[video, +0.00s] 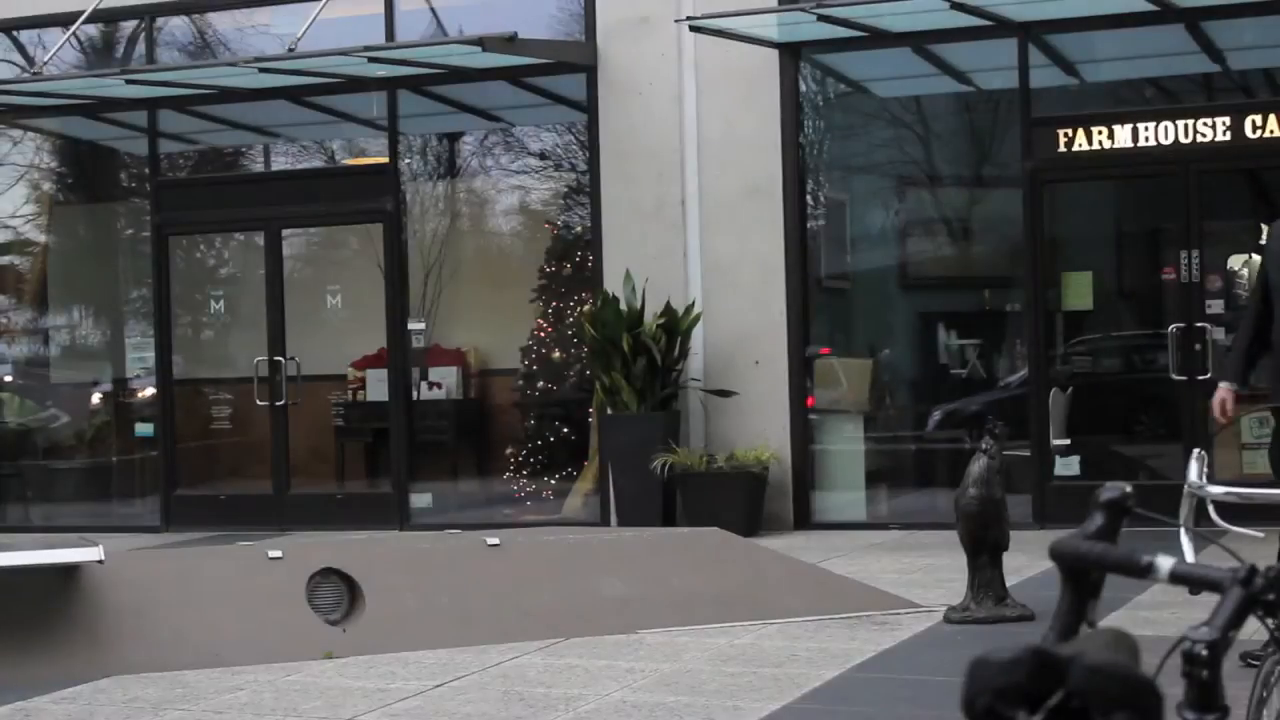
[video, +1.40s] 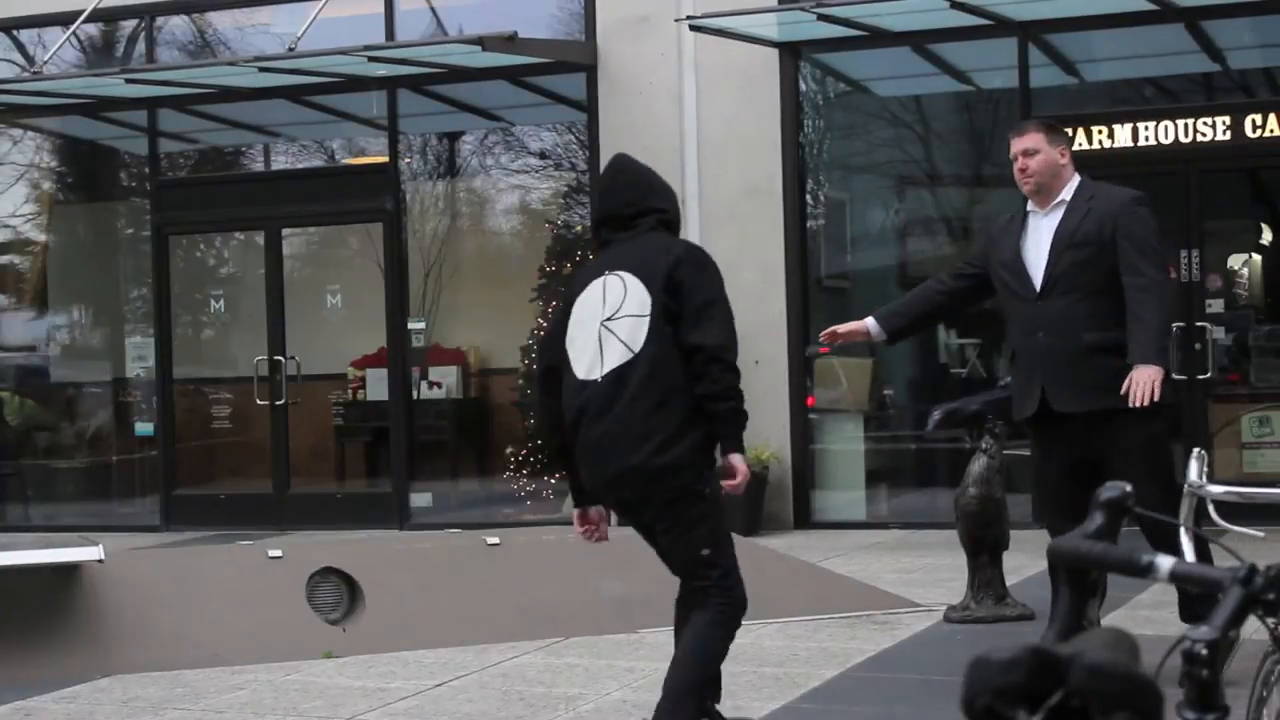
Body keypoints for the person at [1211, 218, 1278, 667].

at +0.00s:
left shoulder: (1273, 239)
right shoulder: (1274, 235)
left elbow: (1258, 311)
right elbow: (1260, 310)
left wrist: (1230, 378)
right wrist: (1230, 378)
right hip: (1278, 401)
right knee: (1279, 521)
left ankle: (1277, 629)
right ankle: (1277, 629)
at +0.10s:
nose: (1278, 163)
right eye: (1276, 155)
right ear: (1270, 163)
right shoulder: (1256, 228)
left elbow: (1220, 302)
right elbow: (1220, 304)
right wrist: (1169, 359)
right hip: (1268, 402)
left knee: (1277, 523)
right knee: (1274, 522)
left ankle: (1274, 614)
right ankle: (1274, 621)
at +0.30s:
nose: (1246, 157)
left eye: (1257, 147)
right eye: (1239, 149)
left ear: (1279, 155)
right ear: (1232, 158)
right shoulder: (1213, 221)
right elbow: (1161, 273)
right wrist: (1091, 309)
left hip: (1274, 386)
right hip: (1231, 388)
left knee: (1272, 499)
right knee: (1250, 502)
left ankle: (1273, 598)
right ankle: (1267, 597)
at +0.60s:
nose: (1206, 157)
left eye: (1217, 147)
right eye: (1200, 149)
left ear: (1247, 154)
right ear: (1194, 159)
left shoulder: (1268, 213)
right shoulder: (1176, 217)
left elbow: (1273, 297)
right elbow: (1116, 267)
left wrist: (1268, 368)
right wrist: (1039, 296)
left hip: (1236, 396)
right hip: (1169, 395)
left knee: (1232, 518)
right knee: (1162, 509)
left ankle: (1240, 636)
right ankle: (1231, 611)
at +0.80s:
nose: (1173, 153)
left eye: (1186, 143)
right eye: (1168, 145)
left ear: (1216, 151)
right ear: (1162, 156)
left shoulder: (1248, 214)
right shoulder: (1143, 215)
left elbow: (1246, 293)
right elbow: (1089, 266)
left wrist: (1216, 356)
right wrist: (1013, 303)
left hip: (1207, 395)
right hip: (1136, 396)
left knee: (1219, 521)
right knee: (1132, 520)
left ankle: (1234, 640)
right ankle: (1142, 635)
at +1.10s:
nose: (1103, 161)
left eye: (1114, 151)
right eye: (1097, 154)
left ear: (1145, 155)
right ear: (1092, 164)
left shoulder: (1185, 216)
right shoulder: (1073, 227)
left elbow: (1194, 295)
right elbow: (1014, 276)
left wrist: (1161, 354)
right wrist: (937, 311)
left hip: (1164, 402)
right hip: (1091, 406)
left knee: (1186, 518)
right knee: (1093, 528)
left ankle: (1227, 633)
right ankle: (1074, 636)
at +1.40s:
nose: (1021, 166)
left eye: (1030, 154)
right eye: (1015, 158)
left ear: (1063, 155)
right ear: (1013, 168)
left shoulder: (1119, 208)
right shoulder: (1005, 232)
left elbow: (1146, 288)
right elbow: (952, 288)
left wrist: (1148, 358)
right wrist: (876, 326)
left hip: (1119, 393)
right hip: (1049, 404)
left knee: (1158, 513)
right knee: (1064, 524)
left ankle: (1205, 616)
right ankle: (1070, 636)